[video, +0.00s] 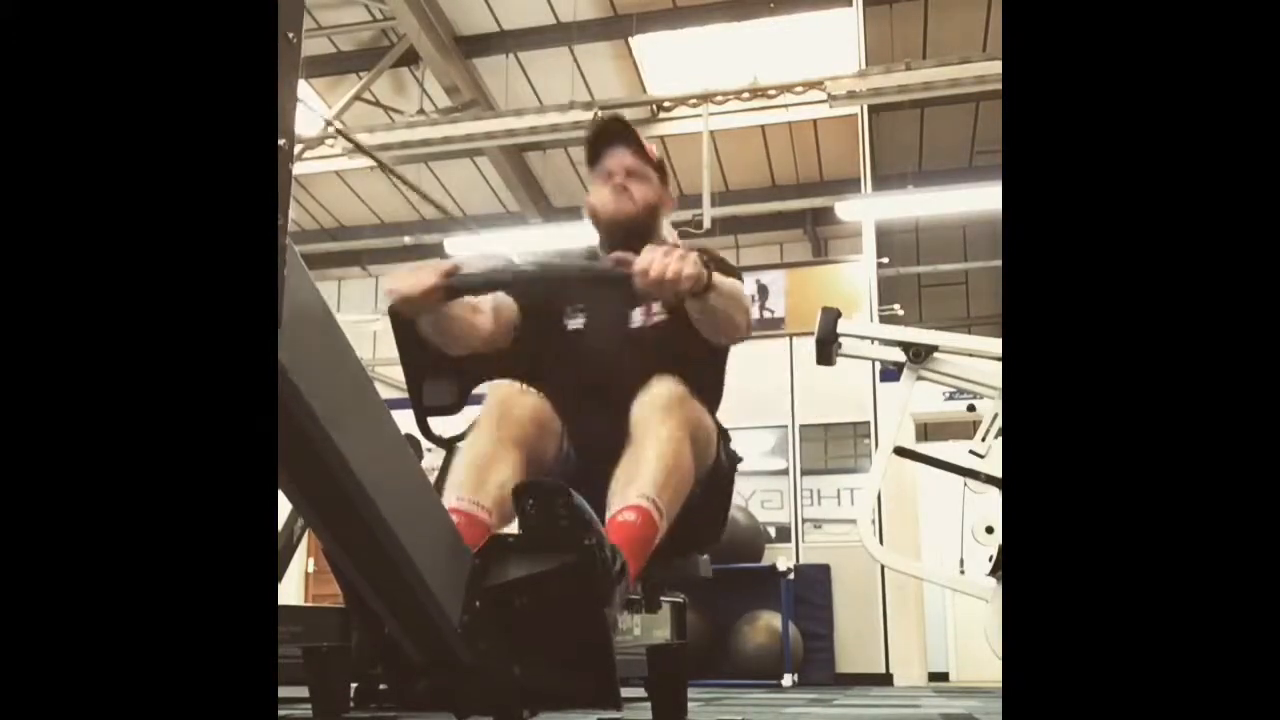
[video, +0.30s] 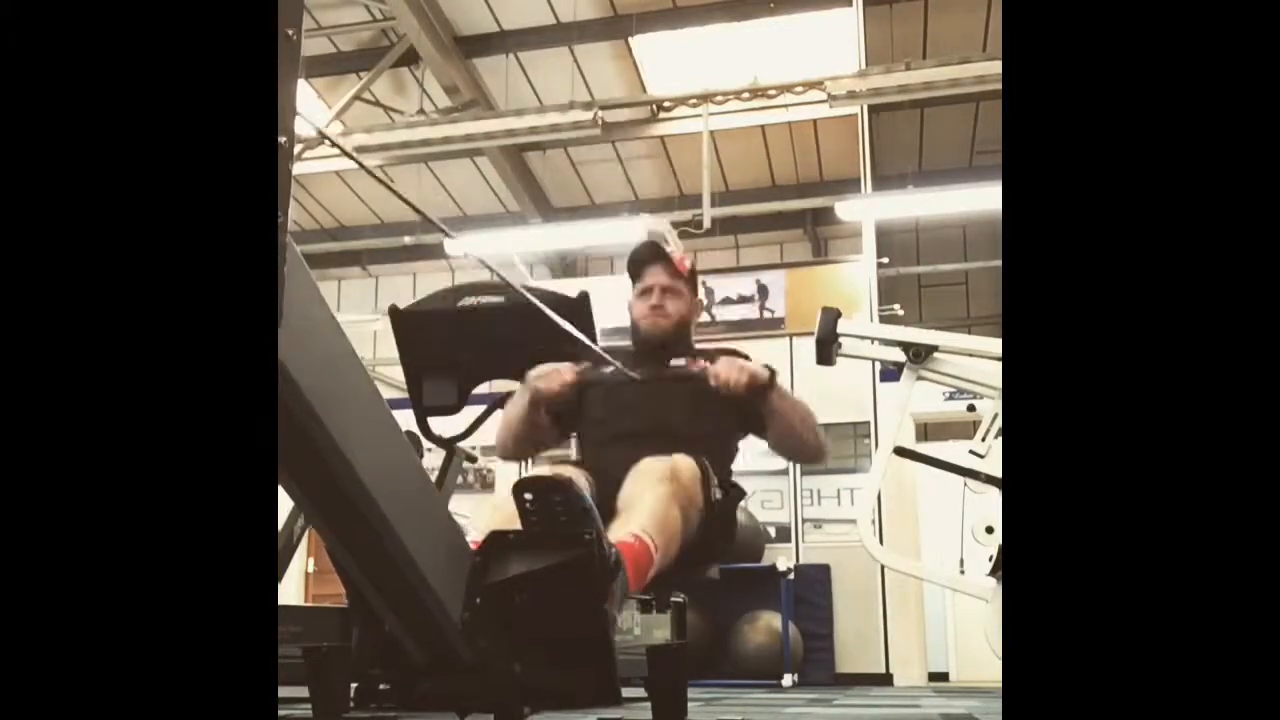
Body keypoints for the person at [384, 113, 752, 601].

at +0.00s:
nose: (619, 182)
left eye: (636, 175)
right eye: (606, 175)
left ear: (665, 196)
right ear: (588, 200)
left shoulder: (699, 267)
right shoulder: (556, 276)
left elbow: (735, 328)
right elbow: (478, 328)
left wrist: (697, 287)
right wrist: (429, 307)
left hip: (676, 477)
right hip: (562, 474)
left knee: (664, 395)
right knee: (508, 398)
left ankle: (612, 568)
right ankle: (446, 557)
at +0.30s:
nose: (657, 300)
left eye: (672, 292)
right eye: (646, 293)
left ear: (695, 306)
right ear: (631, 307)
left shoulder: (724, 372)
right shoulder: (593, 377)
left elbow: (811, 451)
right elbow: (511, 447)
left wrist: (763, 389)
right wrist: (532, 395)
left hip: (694, 500)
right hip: (591, 493)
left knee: (659, 473)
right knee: (534, 486)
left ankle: (610, 581)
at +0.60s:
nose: (641, 259)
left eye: (655, 248)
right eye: (628, 249)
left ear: (681, 262)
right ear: (611, 261)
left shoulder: (716, 333)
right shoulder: (570, 337)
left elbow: (803, 385)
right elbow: (475, 410)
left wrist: (753, 328)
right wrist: (476, 347)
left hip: (682, 499)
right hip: (566, 493)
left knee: (654, 397)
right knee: (526, 400)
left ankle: (610, 560)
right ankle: (465, 547)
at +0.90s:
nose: (581, 143)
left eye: (600, 133)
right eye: (567, 137)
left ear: (637, 159)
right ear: (550, 164)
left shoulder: (679, 239)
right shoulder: (517, 252)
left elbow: (720, 294)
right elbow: (437, 304)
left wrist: (675, 270)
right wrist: (363, 290)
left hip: (660, 486)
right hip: (542, 486)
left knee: (652, 325)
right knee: (480, 326)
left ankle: (608, 554)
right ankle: (439, 552)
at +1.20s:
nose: (625, 198)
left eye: (642, 190)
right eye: (611, 189)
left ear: (669, 210)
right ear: (593, 207)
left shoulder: (699, 276)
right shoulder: (565, 283)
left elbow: (747, 333)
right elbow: (492, 339)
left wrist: (707, 289)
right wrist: (449, 319)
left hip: (678, 471)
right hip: (563, 466)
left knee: (662, 405)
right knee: (505, 411)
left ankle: (607, 569)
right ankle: (452, 558)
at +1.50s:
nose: (655, 302)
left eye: (669, 293)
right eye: (645, 293)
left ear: (695, 304)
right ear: (630, 305)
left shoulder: (726, 368)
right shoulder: (596, 368)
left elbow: (825, 437)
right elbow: (505, 438)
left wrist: (773, 365)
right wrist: (535, 376)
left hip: (696, 498)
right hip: (595, 488)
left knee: (660, 461)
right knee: (537, 468)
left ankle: (605, 575)